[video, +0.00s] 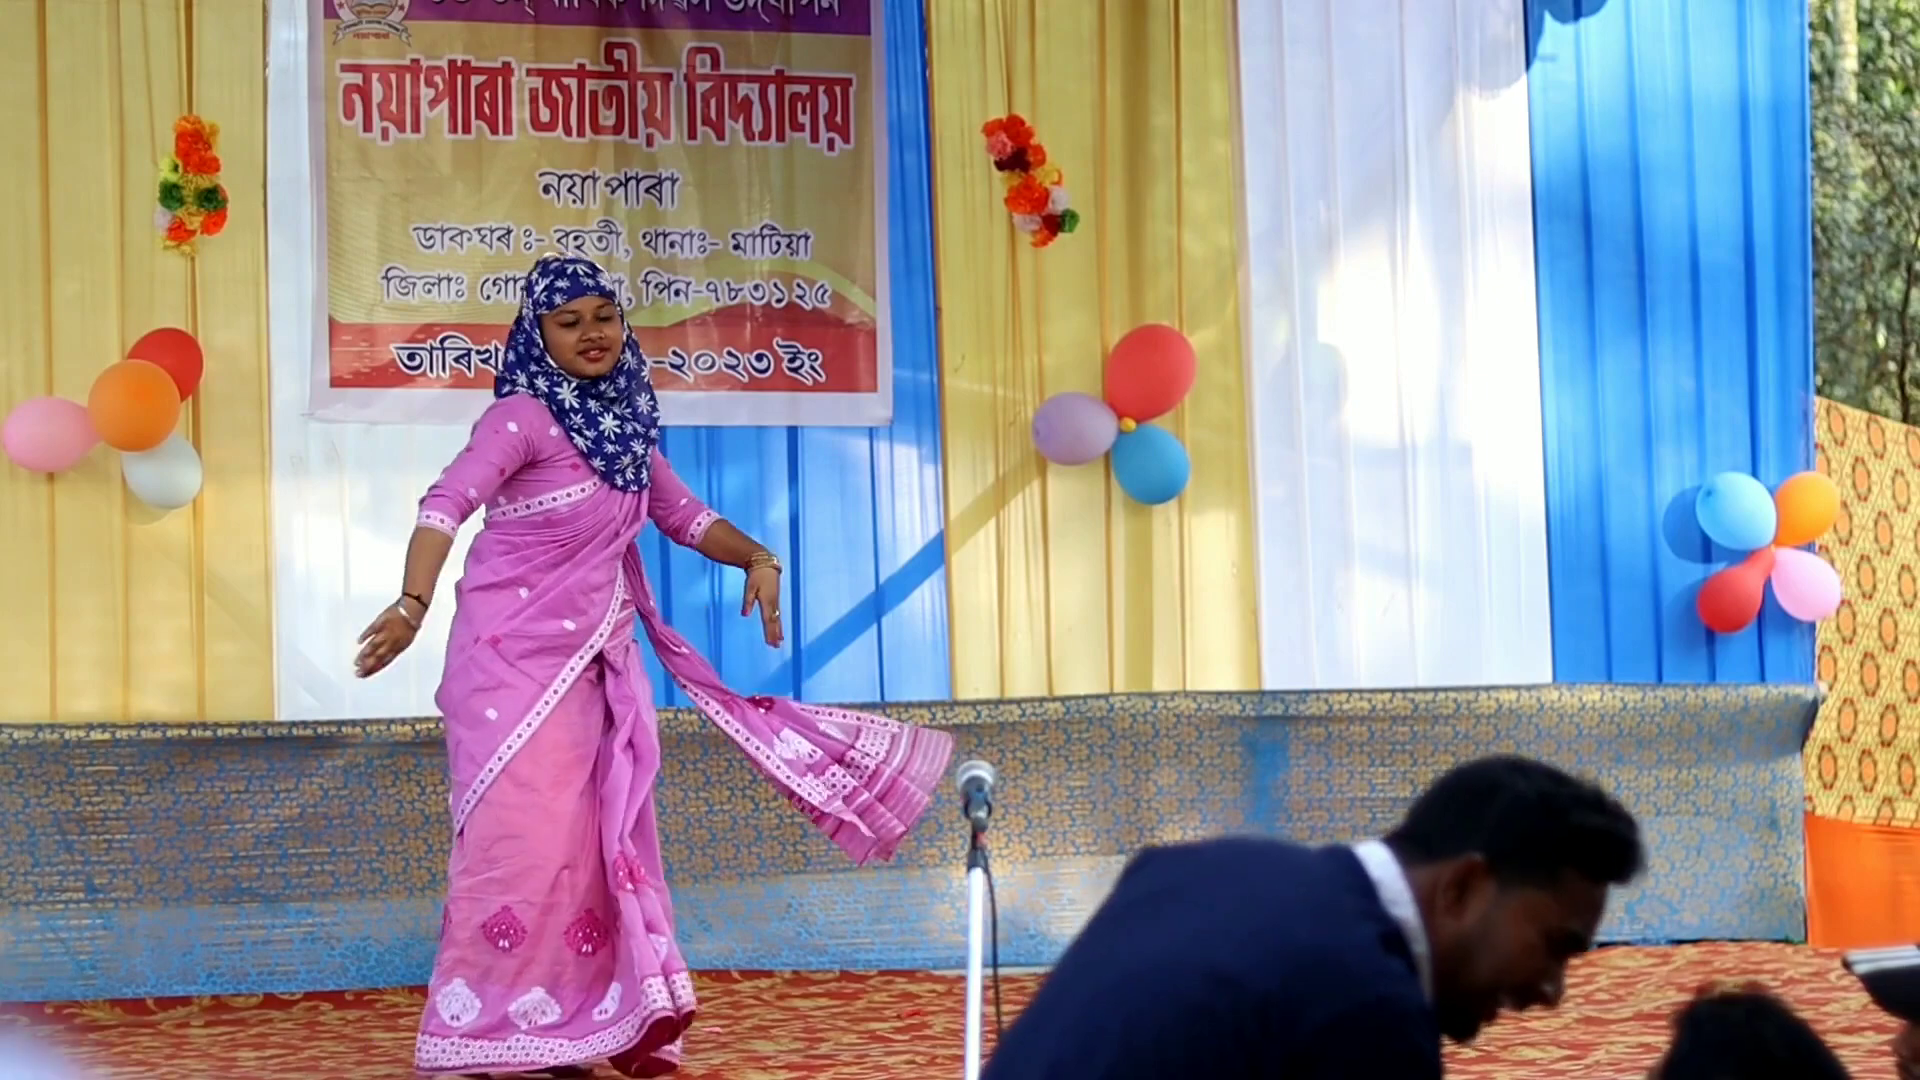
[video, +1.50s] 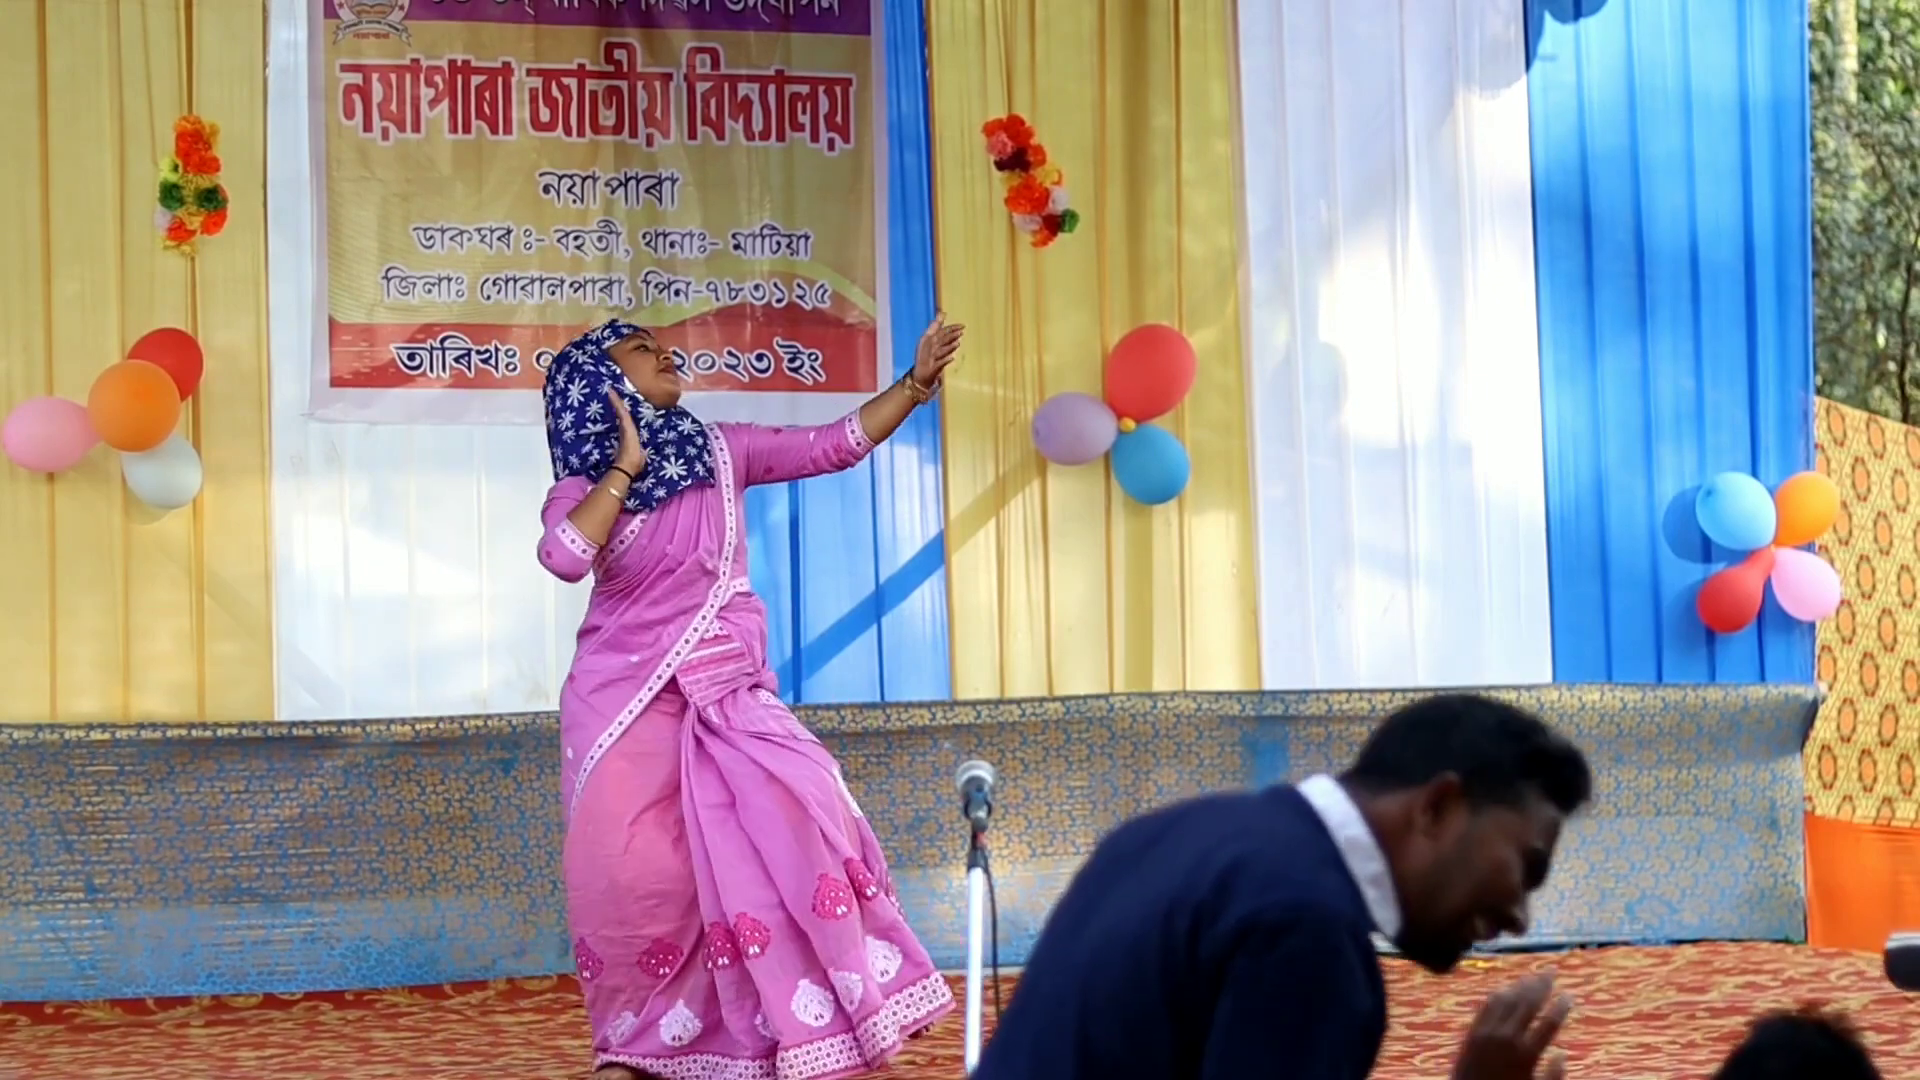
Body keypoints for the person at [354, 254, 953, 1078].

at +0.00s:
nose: (594, 337)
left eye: (606, 319)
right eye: (572, 324)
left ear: (623, 321)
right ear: (539, 335)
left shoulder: (629, 421)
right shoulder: (522, 416)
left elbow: (686, 518)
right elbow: (444, 507)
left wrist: (756, 556)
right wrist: (413, 602)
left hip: (599, 661)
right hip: (514, 662)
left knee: (604, 836)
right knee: (530, 839)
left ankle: (605, 1019)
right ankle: (494, 1036)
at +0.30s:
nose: (599, 288)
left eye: (609, 274)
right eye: (579, 274)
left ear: (621, 283)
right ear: (536, 285)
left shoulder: (642, 368)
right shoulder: (501, 365)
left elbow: (730, 426)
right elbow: (448, 411)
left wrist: (830, 445)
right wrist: (537, 369)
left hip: (628, 603)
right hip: (527, 606)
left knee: (643, 783)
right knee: (554, 793)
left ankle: (630, 990)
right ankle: (580, 1011)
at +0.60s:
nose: (614, 307)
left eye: (619, 295)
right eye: (595, 294)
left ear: (625, 308)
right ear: (545, 306)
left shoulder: (649, 385)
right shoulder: (507, 404)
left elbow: (721, 438)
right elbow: (459, 484)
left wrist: (789, 458)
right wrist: (535, 452)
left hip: (665, 627)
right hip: (560, 638)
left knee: (711, 802)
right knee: (578, 825)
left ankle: (763, 1007)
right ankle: (594, 1034)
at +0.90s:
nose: (629, 363)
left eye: (633, 350)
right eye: (606, 351)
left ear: (641, 362)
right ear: (561, 368)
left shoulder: (669, 441)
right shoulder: (531, 467)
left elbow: (777, 473)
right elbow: (458, 533)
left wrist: (865, 453)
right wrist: (518, 443)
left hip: (700, 670)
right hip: (591, 690)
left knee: (789, 792)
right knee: (586, 877)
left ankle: (850, 901)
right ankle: (630, 1043)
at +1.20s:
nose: (657, 349)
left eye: (652, 337)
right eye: (631, 341)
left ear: (653, 365)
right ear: (585, 374)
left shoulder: (698, 441)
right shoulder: (578, 474)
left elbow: (817, 433)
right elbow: (653, 484)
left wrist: (875, 373)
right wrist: (739, 394)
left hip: (776, 654)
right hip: (682, 676)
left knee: (837, 826)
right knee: (683, 867)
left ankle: (881, 1031)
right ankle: (658, 1037)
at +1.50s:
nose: (668, 352)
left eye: (659, 344)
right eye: (645, 349)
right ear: (605, 385)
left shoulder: (719, 447)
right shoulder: (585, 482)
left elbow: (837, 443)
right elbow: (565, 556)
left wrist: (917, 381)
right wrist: (626, 464)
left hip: (732, 685)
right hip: (625, 695)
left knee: (809, 817)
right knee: (624, 862)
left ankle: (808, 1032)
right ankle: (632, 1041)